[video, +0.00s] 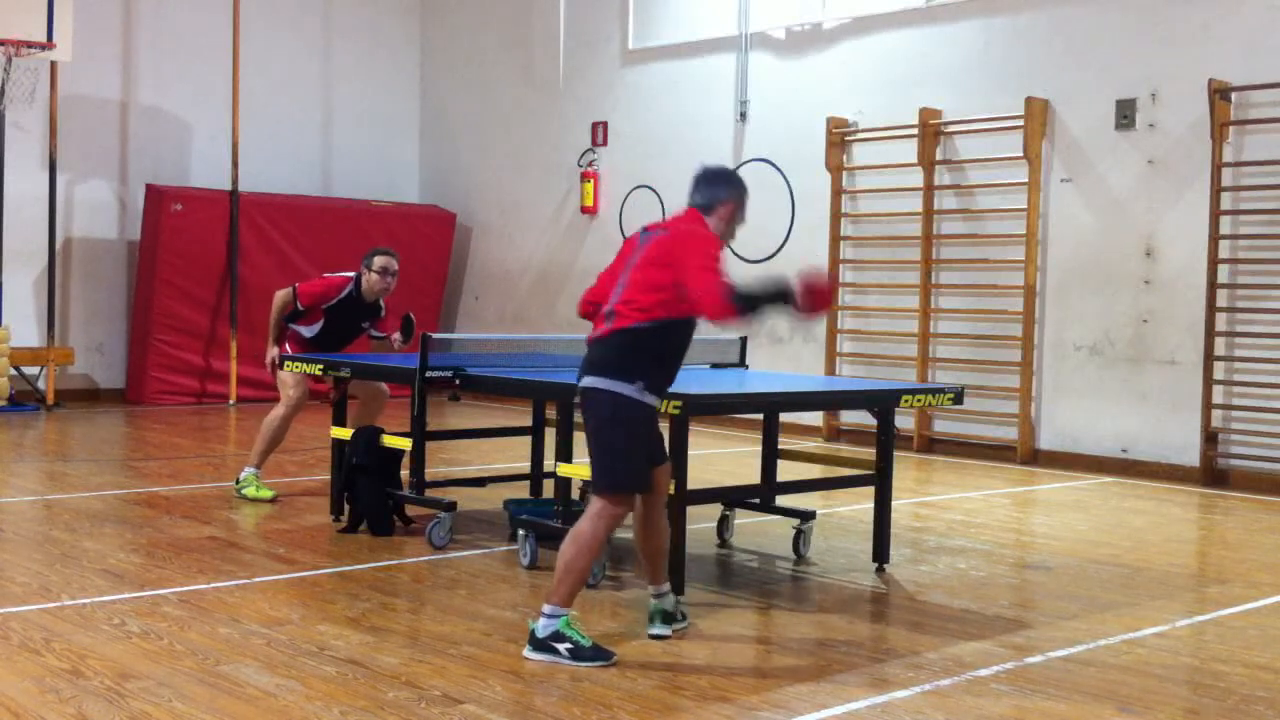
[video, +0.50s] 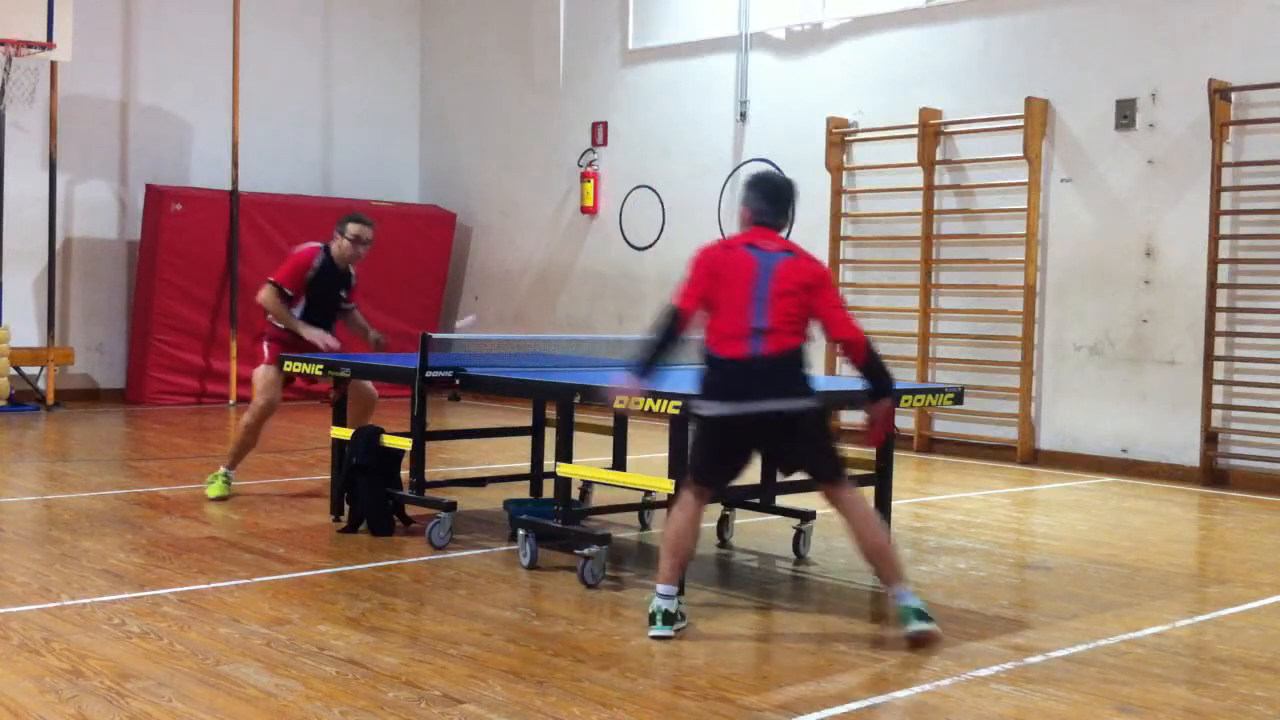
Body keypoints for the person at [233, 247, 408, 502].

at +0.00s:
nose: (389, 281)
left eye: (394, 275)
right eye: (384, 273)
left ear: (396, 279)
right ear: (365, 272)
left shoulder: (378, 306)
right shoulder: (336, 286)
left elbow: (376, 351)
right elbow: (282, 297)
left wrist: (392, 344)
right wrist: (272, 343)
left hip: (330, 355)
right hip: (294, 347)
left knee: (377, 394)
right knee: (295, 397)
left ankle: (353, 465)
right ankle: (249, 475)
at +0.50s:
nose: (360, 250)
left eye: (366, 244)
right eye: (356, 241)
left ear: (369, 247)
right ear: (338, 237)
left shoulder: (349, 274)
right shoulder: (309, 256)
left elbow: (346, 309)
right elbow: (267, 296)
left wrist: (369, 334)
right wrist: (305, 330)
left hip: (320, 348)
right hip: (280, 343)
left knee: (366, 397)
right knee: (266, 401)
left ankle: (347, 467)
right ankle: (225, 472)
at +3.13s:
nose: (382, 252)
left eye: (389, 247)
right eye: (376, 245)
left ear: (397, 249)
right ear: (365, 243)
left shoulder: (395, 284)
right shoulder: (340, 264)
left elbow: (393, 335)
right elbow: (294, 286)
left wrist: (364, 341)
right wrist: (294, 301)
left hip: (367, 354)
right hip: (323, 348)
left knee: (408, 396)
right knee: (288, 400)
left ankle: (421, 464)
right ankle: (246, 465)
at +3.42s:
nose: (327, 237)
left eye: (332, 231)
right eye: (320, 230)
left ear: (339, 233)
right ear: (306, 231)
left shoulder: (349, 266)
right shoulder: (296, 257)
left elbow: (357, 325)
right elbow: (277, 270)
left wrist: (322, 330)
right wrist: (244, 284)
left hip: (349, 346)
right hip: (306, 344)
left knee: (382, 401)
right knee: (254, 391)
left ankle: (424, 462)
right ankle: (244, 466)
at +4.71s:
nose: (334, 236)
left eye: (338, 231)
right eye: (330, 228)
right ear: (312, 227)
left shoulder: (310, 261)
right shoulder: (293, 237)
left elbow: (313, 307)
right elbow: (273, 251)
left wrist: (334, 346)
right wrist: (297, 258)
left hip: (236, 306)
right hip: (249, 303)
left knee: (243, 381)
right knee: (301, 358)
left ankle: (191, 402)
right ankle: (297, 434)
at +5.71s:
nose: (251, 236)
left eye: (257, 232)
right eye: (247, 231)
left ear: (266, 234)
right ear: (240, 231)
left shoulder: (271, 259)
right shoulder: (228, 249)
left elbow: (285, 298)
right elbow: (193, 256)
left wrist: (263, 298)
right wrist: (165, 251)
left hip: (256, 325)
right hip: (219, 320)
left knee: (281, 374)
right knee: (190, 370)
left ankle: (286, 432)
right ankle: (155, 429)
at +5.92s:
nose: (243, 229)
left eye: (249, 224)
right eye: (238, 224)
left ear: (257, 228)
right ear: (231, 226)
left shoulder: (264, 255)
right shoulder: (222, 246)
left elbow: (283, 294)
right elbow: (197, 258)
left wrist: (268, 289)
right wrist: (163, 259)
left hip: (250, 321)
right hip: (216, 316)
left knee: (272, 365)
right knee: (179, 365)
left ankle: (285, 429)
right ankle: (171, 421)